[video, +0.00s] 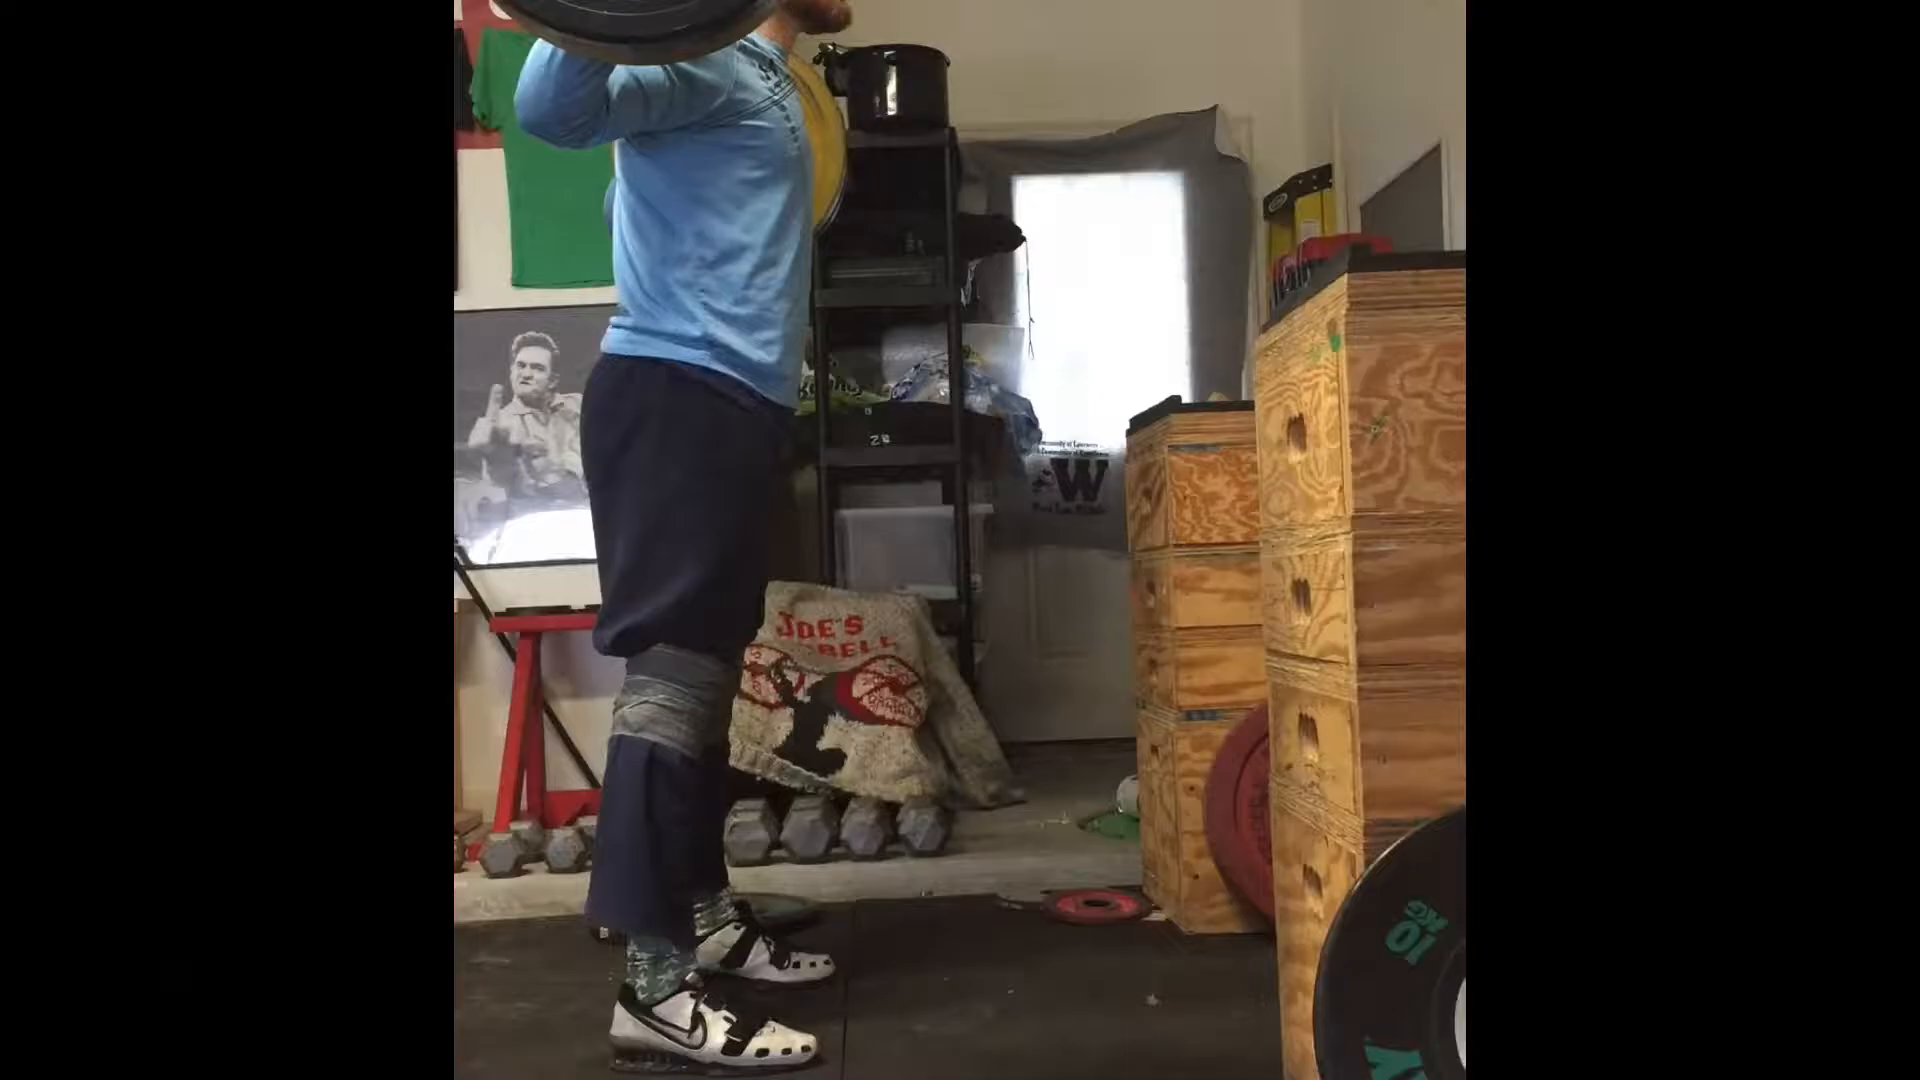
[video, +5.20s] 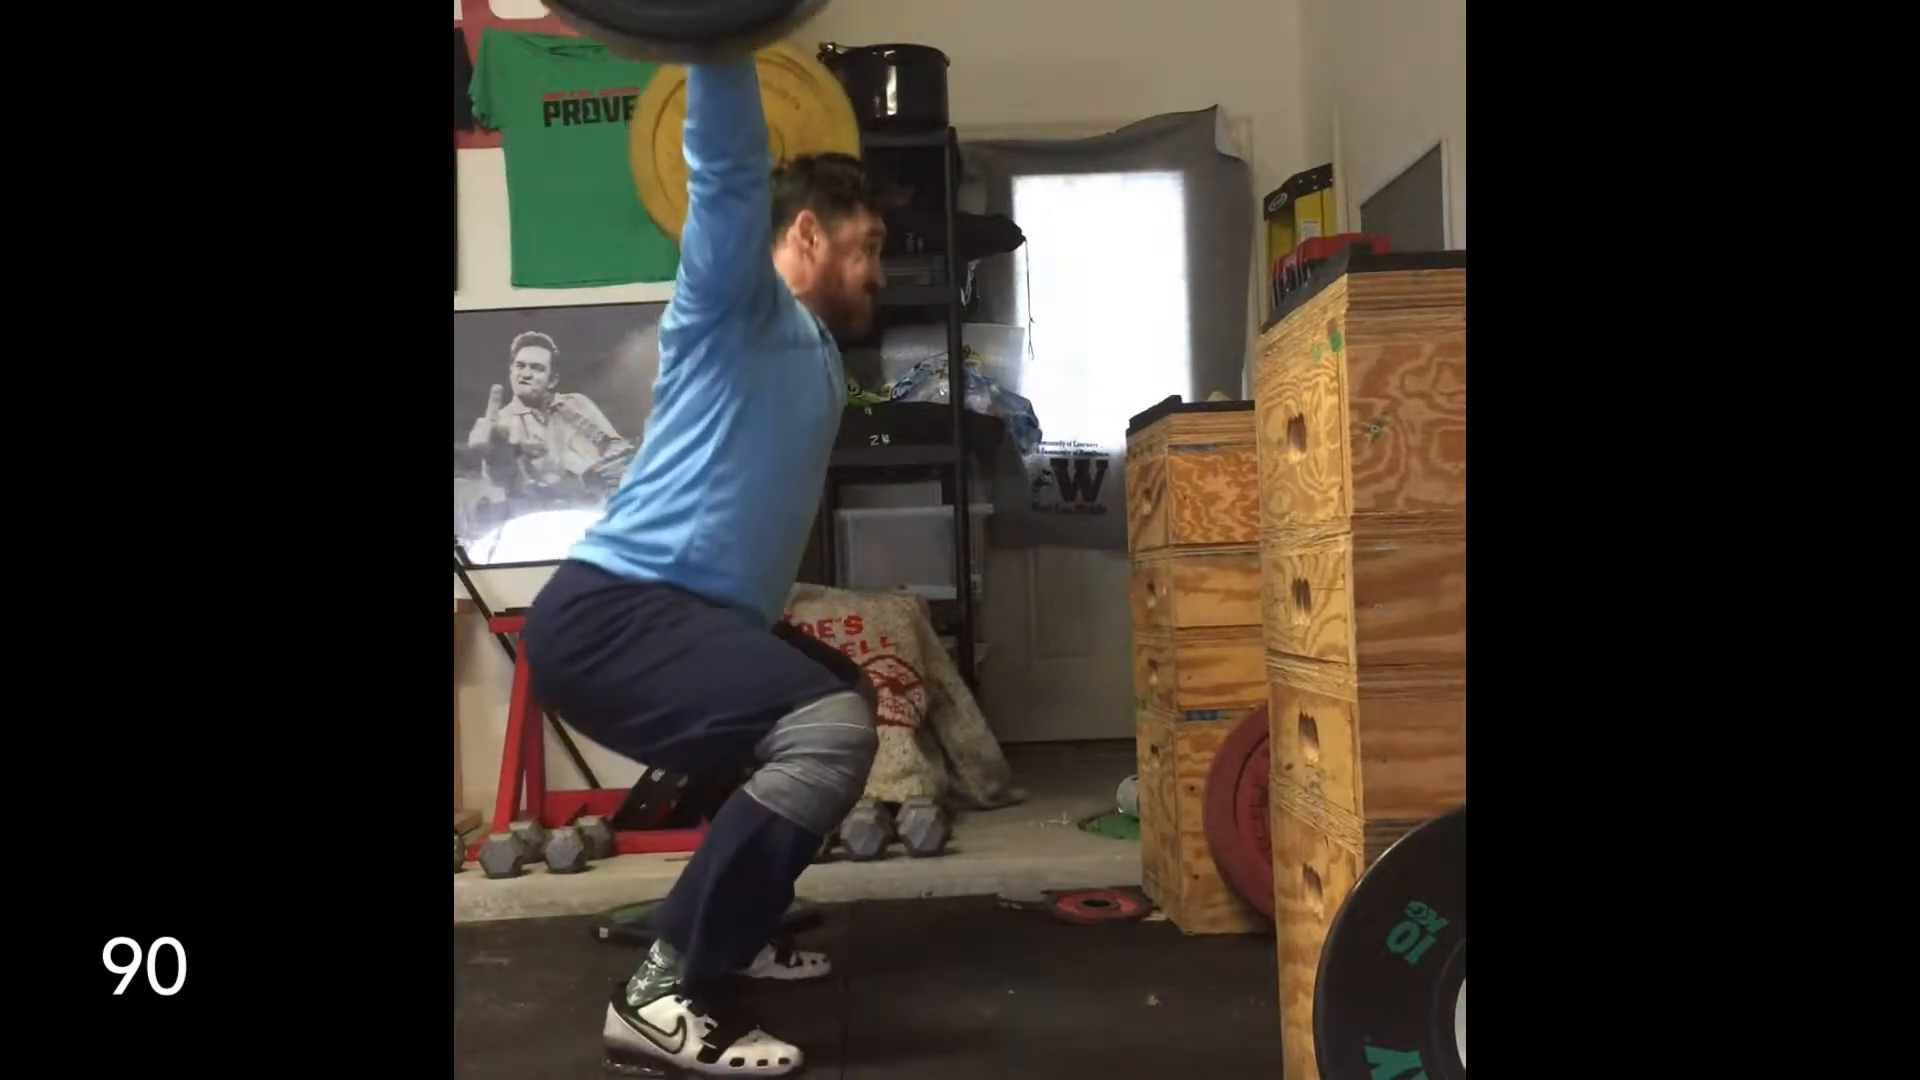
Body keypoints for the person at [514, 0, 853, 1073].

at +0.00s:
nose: (844, 4)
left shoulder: (771, 84)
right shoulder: (705, 66)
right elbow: (550, 111)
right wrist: (605, 3)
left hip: (732, 408)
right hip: (678, 400)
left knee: (704, 677)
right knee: (675, 682)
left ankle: (702, 923)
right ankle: (654, 981)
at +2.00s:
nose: (838, 7)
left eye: (836, 2)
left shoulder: (771, 77)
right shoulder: (705, 63)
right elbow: (556, 113)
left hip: (739, 407)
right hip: (681, 400)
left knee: (707, 673)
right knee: (675, 679)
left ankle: (699, 916)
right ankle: (655, 980)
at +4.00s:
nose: (845, 32)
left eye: (842, 18)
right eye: (832, 16)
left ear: (799, 36)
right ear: (788, 24)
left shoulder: (790, 129)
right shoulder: (720, 118)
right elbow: (573, 171)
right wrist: (631, 38)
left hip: (721, 442)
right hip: (665, 436)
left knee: (776, 677)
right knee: (785, 681)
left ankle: (711, 915)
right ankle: (665, 978)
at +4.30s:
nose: (827, 125)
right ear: (755, 114)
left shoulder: (800, 214)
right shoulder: (726, 207)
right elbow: (586, 271)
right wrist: (645, 142)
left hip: (718, 510)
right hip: (673, 509)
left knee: (837, 707)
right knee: (849, 721)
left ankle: (737, 925)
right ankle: (674, 984)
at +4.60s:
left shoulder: (791, 66)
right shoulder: (727, 55)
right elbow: (609, 131)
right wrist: (640, 21)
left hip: (762, 393)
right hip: (701, 387)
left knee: (755, 658)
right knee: (746, 659)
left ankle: (705, 920)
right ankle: (659, 980)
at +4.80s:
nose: (878, 115)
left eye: (879, 94)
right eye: (866, 90)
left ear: (814, 89)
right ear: (805, 80)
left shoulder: (805, 196)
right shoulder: (733, 163)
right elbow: (678, 29)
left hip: (686, 488)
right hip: (631, 488)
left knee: (805, 684)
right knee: (799, 704)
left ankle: (713, 922)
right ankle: (664, 988)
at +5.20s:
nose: (877, 277)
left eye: (879, 257)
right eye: (867, 253)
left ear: (821, 247)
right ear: (804, 237)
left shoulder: (811, 348)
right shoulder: (734, 309)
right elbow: (727, 173)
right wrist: (717, 40)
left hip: (697, 613)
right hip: (614, 611)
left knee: (842, 703)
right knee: (827, 730)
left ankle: (739, 915)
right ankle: (665, 987)